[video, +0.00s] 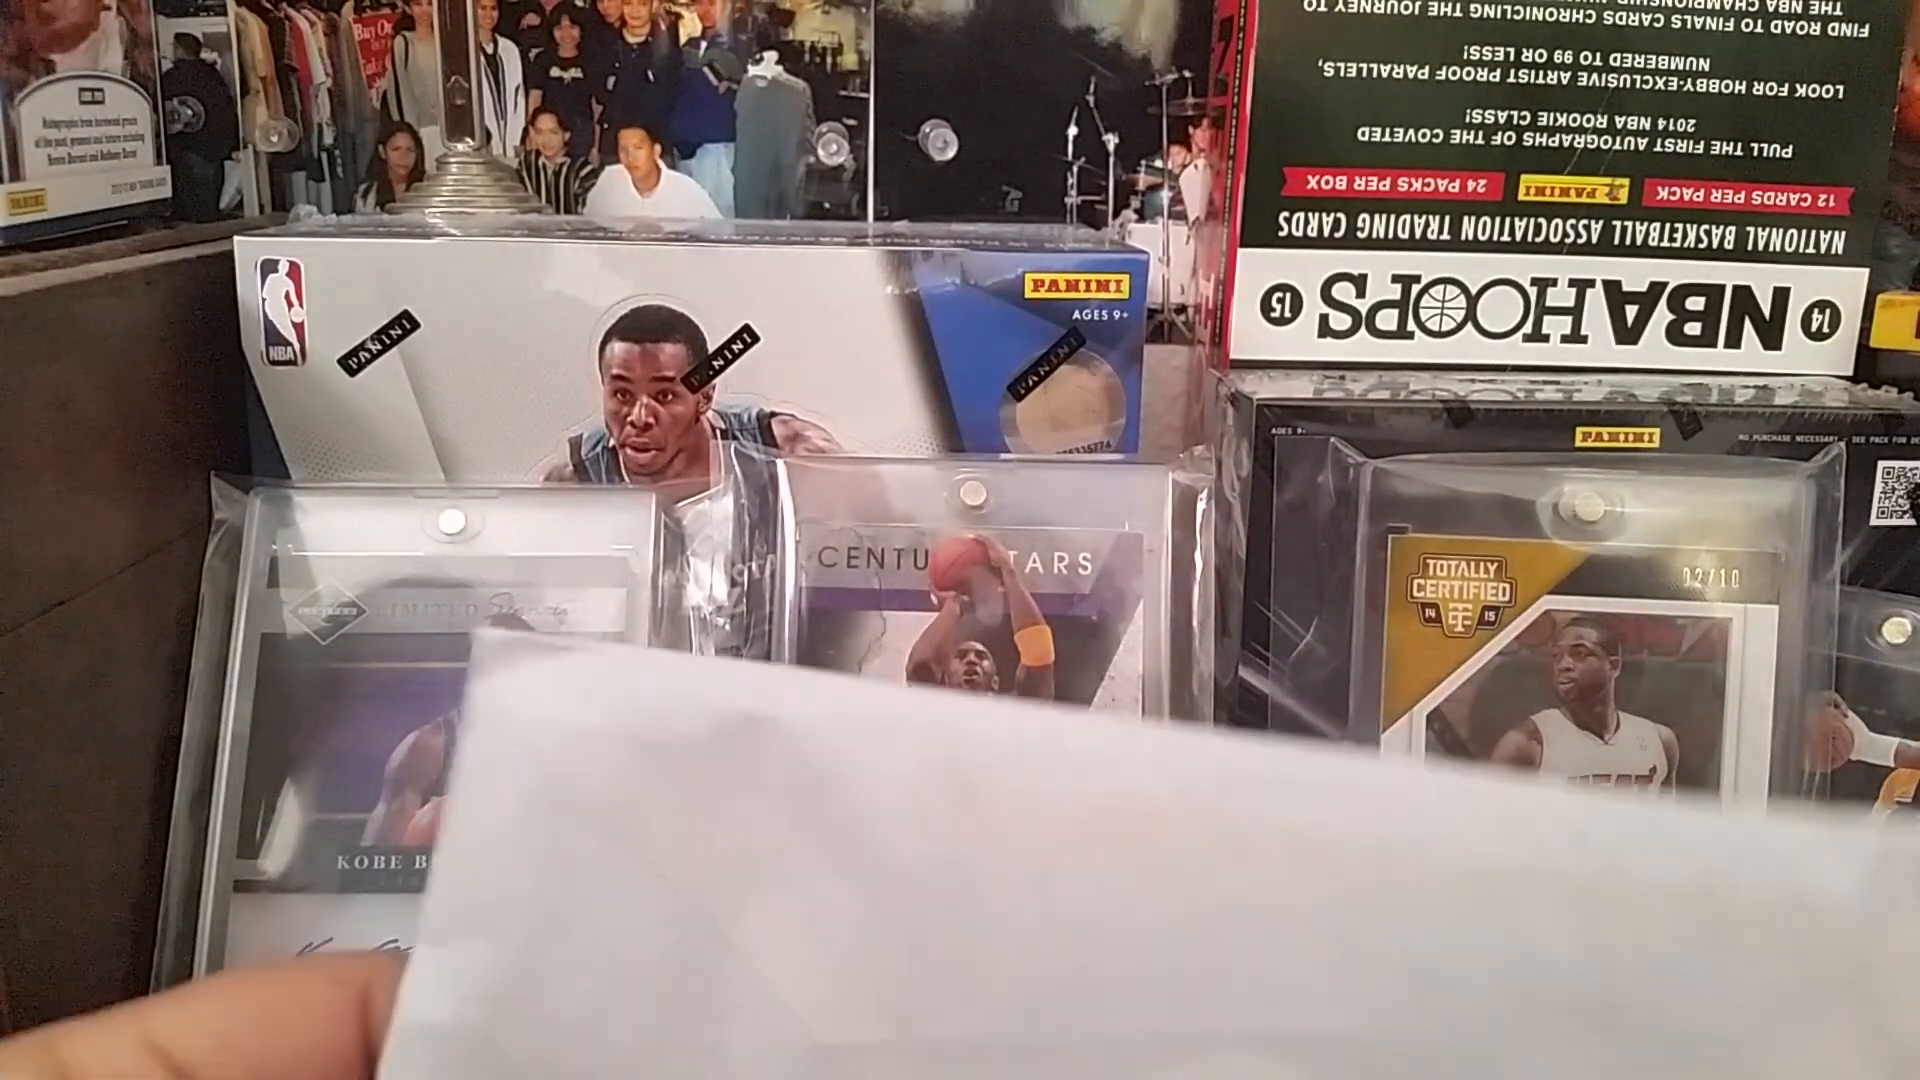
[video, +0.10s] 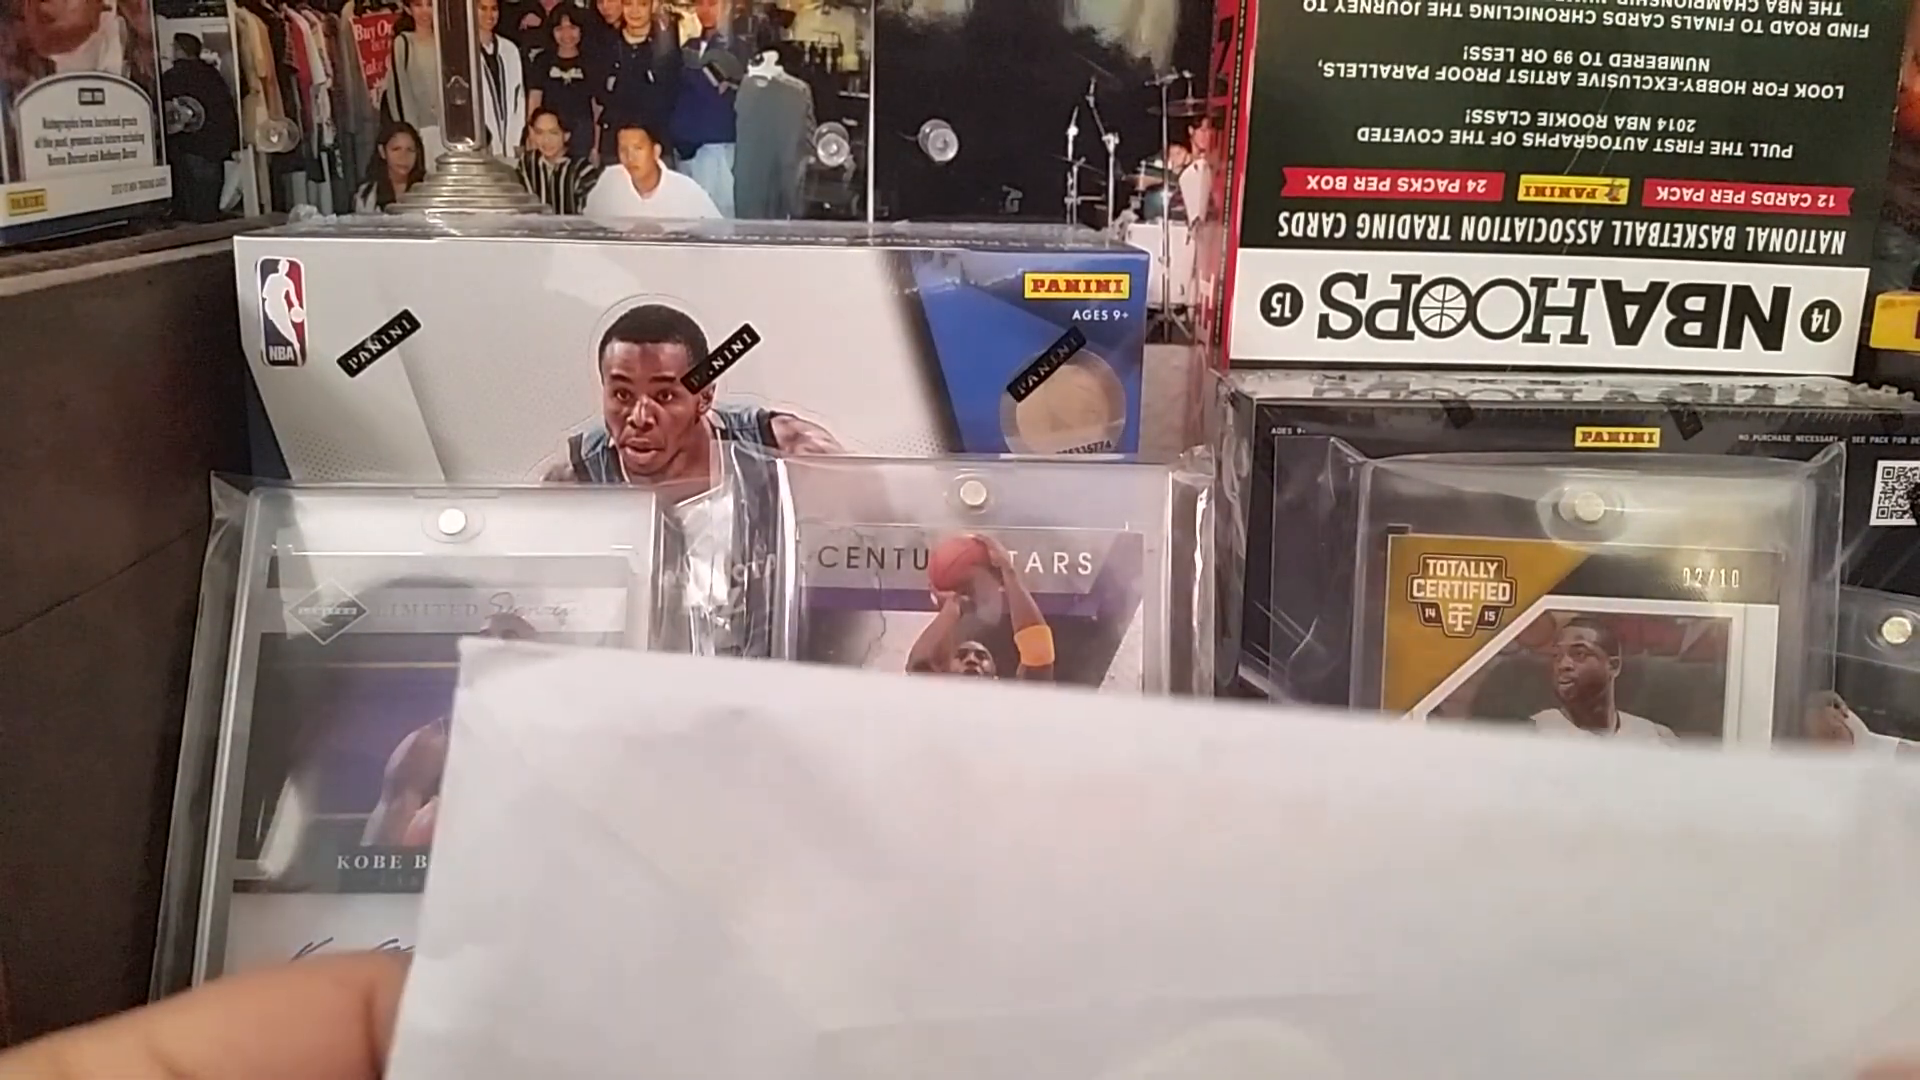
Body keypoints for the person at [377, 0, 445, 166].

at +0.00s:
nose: (425, 10)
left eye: (429, 4)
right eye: (418, 4)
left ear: (435, 7)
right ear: (408, 9)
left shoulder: (442, 38)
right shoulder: (403, 41)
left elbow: (452, 77)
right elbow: (402, 84)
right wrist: (410, 125)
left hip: (446, 116)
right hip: (420, 119)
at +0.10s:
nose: (425, 11)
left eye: (429, 4)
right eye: (418, 5)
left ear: (436, 8)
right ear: (408, 9)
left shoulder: (443, 39)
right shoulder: (403, 41)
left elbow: (453, 77)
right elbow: (402, 85)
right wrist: (409, 126)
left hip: (447, 117)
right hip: (420, 120)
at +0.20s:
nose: (425, 10)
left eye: (429, 4)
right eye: (418, 5)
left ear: (435, 8)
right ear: (408, 9)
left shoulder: (442, 38)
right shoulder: (403, 41)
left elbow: (452, 77)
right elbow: (402, 84)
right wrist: (410, 126)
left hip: (447, 116)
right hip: (420, 120)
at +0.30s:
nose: (425, 10)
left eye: (429, 4)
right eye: (418, 5)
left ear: (435, 8)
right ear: (409, 9)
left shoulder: (442, 39)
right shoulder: (403, 41)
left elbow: (452, 78)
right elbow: (401, 84)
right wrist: (410, 125)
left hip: (446, 115)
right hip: (419, 118)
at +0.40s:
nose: (425, 10)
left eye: (430, 4)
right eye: (419, 5)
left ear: (436, 8)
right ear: (409, 9)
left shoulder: (442, 39)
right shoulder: (403, 41)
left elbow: (452, 77)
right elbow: (402, 84)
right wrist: (410, 124)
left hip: (446, 116)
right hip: (419, 119)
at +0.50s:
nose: (425, 10)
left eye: (429, 4)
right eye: (418, 5)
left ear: (436, 8)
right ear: (408, 9)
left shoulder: (442, 39)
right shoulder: (402, 41)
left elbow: (452, 78)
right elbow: (401, 85)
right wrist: (409, 125)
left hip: (446, 117)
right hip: (419, 120)